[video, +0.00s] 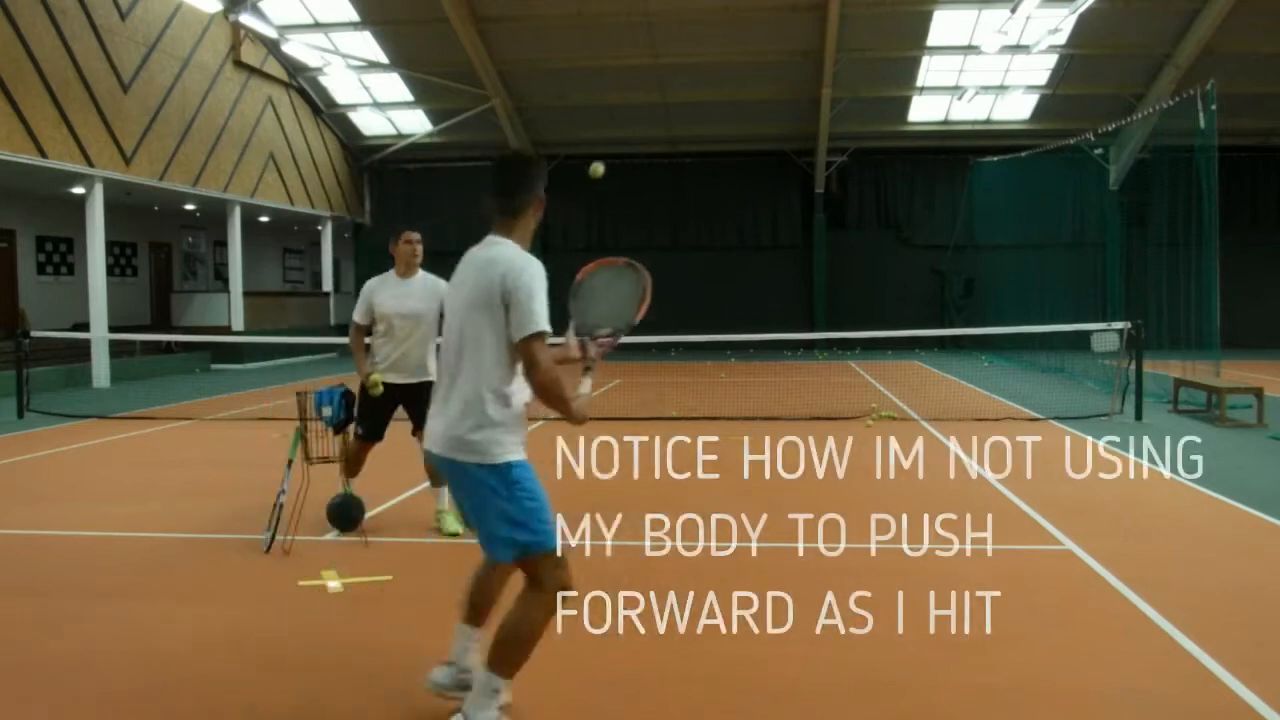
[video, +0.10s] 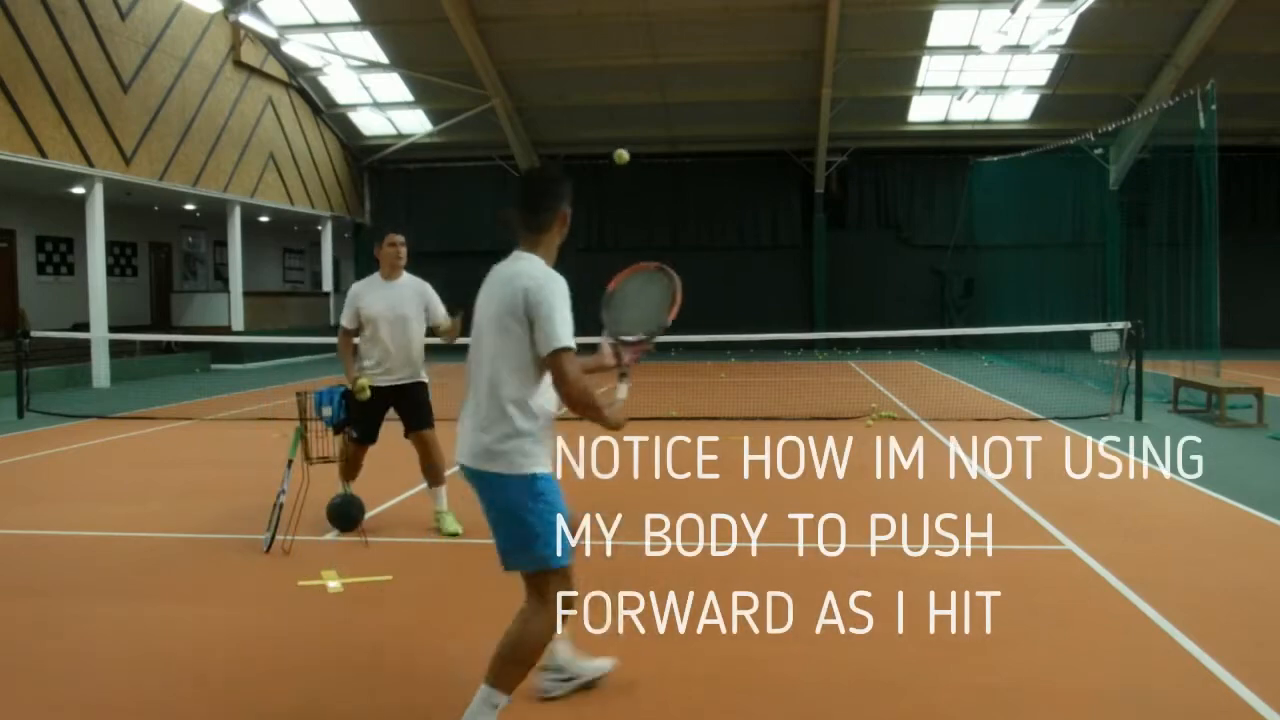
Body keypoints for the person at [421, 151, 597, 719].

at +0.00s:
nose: (545, 205)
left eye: (541, 196)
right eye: (545, 197)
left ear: (493, 202)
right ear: (539, 203)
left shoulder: (470, 263)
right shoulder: (520, 268)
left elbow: (486, 356)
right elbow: (538, 368)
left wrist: (563, 353)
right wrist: (573, 409)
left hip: (448, 442)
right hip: (488, 447)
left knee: (501, 550)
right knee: (551, 580)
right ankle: (482, 706)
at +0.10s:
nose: (569, 222)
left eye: (563, 214)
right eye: (569, 214)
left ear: (520, 216)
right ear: (563, 219)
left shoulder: (502, 275)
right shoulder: (545, 283)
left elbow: (528, 367)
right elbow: (569, 383)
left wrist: (598, 362)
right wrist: (606, 413)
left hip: (489, 451)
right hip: (514, 458)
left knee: (557, 548)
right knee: (544, 596)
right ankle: (481, 710)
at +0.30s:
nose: (619, 232)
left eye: (615, 224)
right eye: (619, 225)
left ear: (572, 231)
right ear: (613, 230)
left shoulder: (570, 287)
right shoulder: (582, 292)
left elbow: (613, 364)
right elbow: (628, 378)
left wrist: (679, 346)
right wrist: (689, 390)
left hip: (577, 455)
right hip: (561, 463)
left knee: (635, 532)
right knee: (575, 595)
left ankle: (612, 657)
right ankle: (481, 705)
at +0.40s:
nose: (641, 226)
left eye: (638, 218)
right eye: (640, 217)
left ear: (601, 221)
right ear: (632, 222)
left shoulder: (619, 278)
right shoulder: (591, 277)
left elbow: (661, 335)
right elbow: (635, 343)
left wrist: (718, 313)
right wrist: (712, 345)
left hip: (599, 436)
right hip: (573, 440)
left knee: (650, 535)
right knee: (618, 561)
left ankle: (612, 655)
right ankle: (522, 673)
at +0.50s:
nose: (657, 217)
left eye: (656, 210)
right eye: (657, 209)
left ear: (625, 209)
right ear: (649, 210)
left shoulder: (644, 264)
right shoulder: (602, 257)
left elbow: (695, 319)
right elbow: (631, 298)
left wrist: (737, 280)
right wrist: (717, 295)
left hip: (608, 415)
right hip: (582, 416)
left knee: (643, 525)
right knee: (643, 526)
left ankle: (613, 640)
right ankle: (598, 654)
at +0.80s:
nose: (684, 279)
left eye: (686, 271)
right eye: (676, 269)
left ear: (685, 278)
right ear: (652, 271)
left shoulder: (679, 313)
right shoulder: (623, 304)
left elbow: (730, 343)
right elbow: (590, 335)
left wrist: (793, 344)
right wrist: (634, 315)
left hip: (624, 443)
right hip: (598, 445)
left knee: (638, 522)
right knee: (694, 524)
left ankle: (599, 605)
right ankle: (686, 652)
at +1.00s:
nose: (686, 289)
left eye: (688, 281)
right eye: (680, 280)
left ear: (680, 285)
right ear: (656, 281)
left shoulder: (678, 321)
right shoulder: (624, 324)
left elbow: (733, 362)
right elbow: (607, 368)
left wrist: (795, 396)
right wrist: (595, 396)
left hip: (621, 446)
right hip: (593, 446)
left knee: (649, 521)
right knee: (680, 524)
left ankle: (599, 603)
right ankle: (683, 650)